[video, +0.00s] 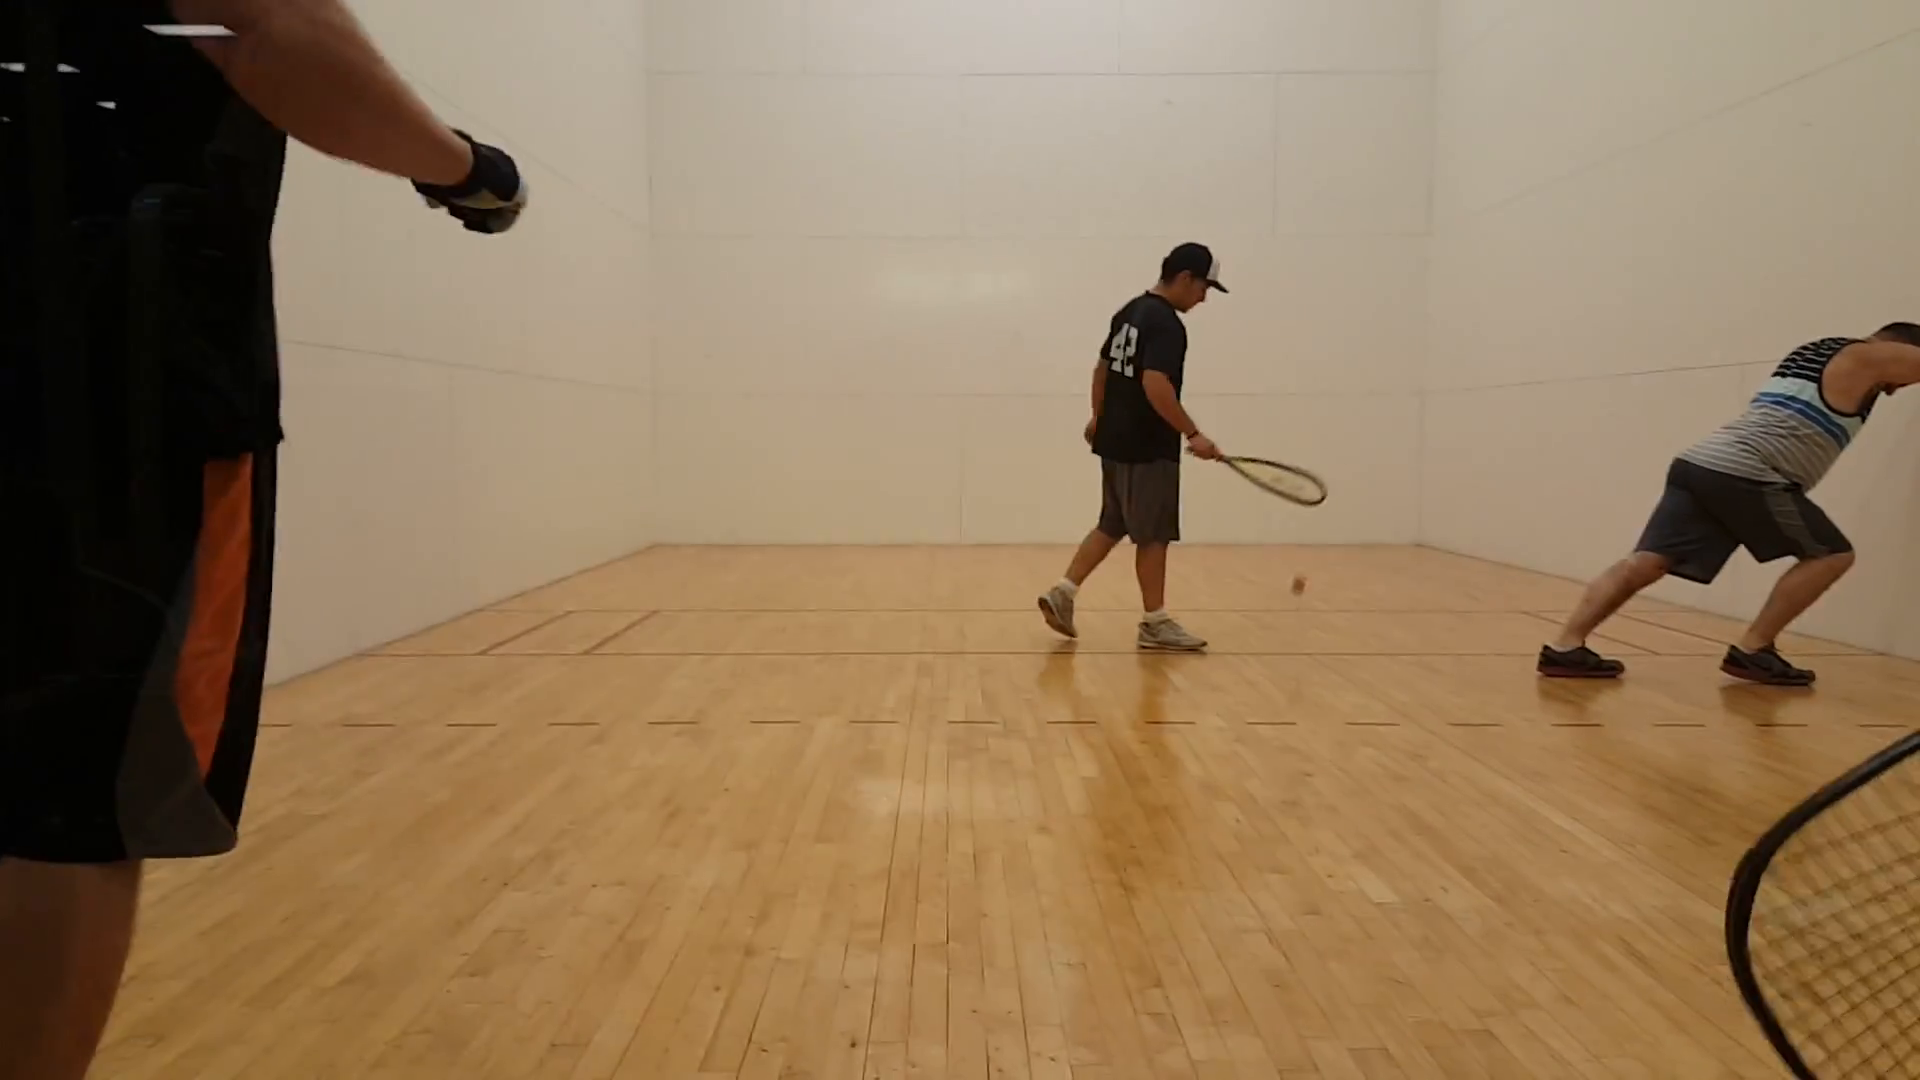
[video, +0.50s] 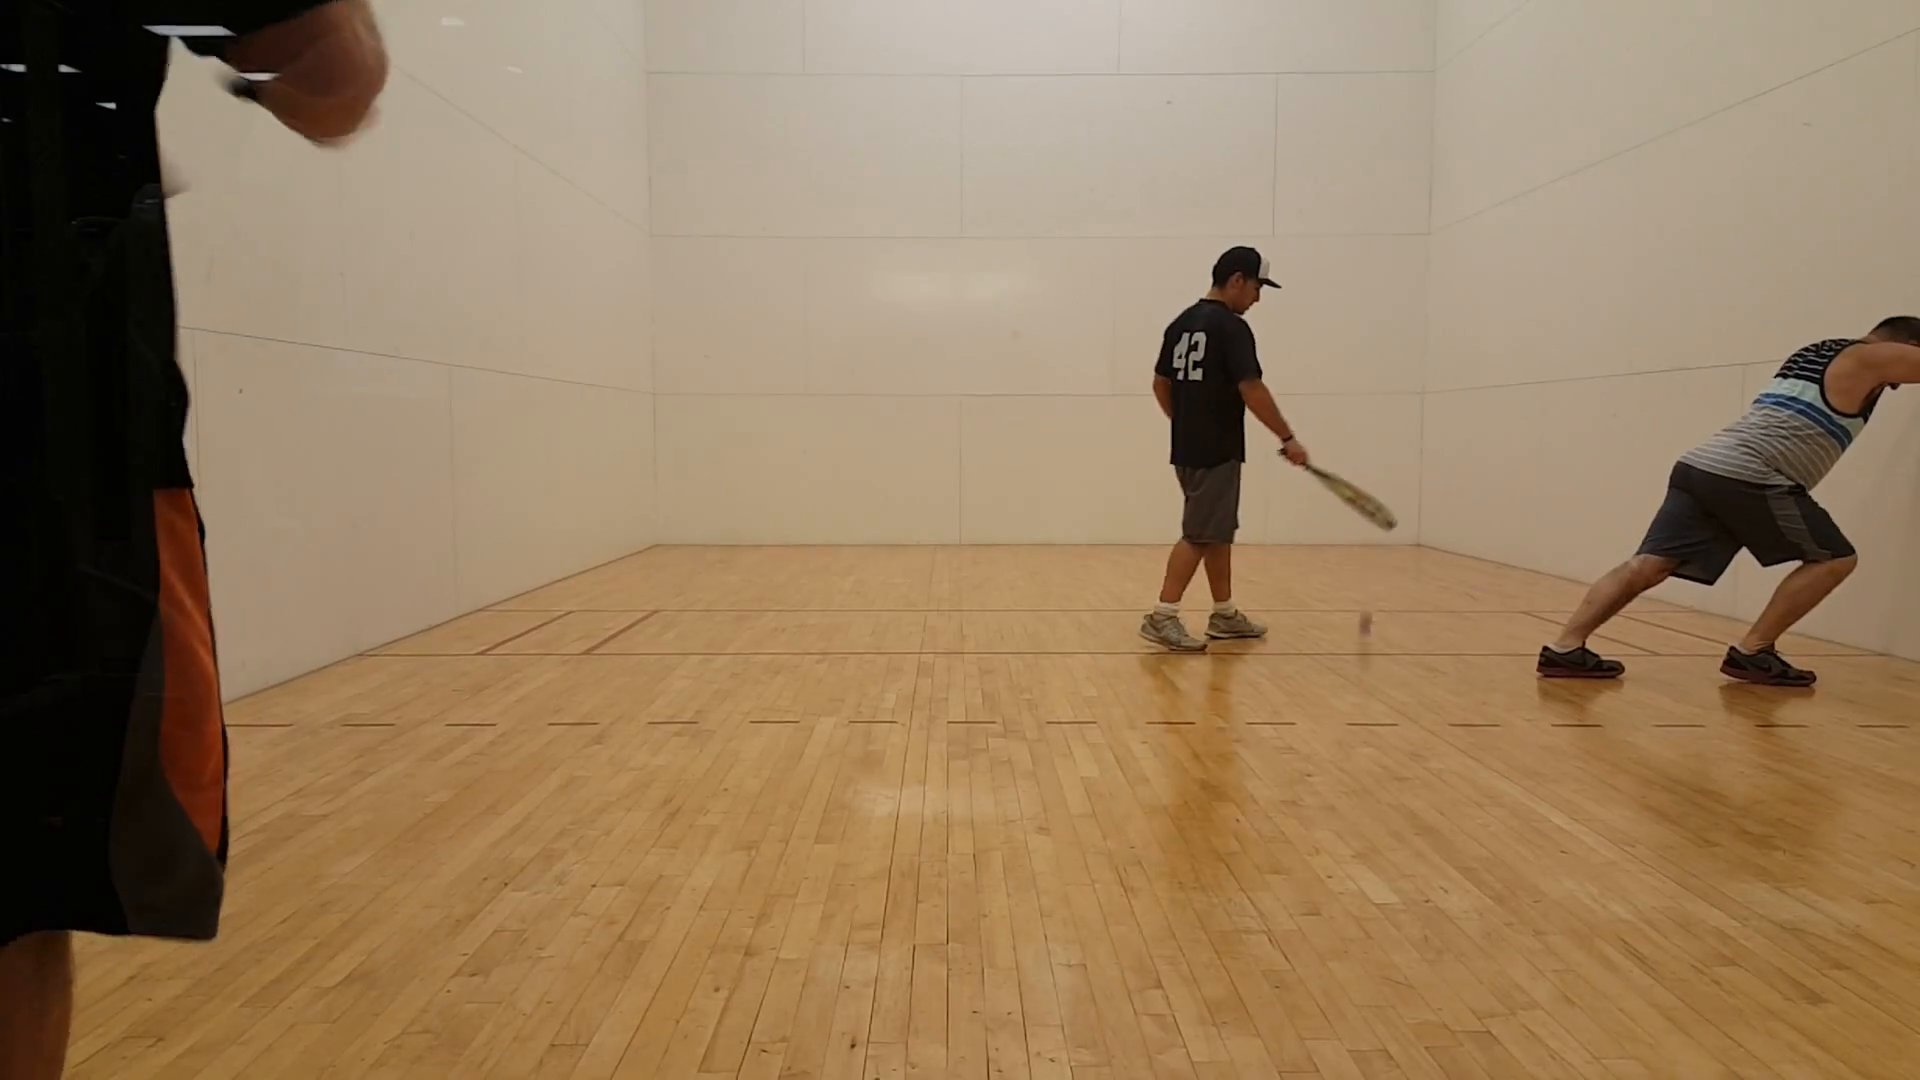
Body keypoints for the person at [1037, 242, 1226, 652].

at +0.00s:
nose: (1203, 297)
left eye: (1206, 289)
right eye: (1202, 287)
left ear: (1175, 278)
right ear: (1184, 279)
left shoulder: (1131, 310)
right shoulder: (1167, 324)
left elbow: (1102, 368)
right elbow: (1156, 384)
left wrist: (1098, 415)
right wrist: (1193, 433)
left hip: (1115, 442)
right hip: (1149, 448)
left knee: (1112, 522)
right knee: (1153, 533)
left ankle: (1064, 592)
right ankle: (1156, 620)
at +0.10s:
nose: (1217, 296)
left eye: (1220, 288)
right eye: (1217, 286)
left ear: (1186, 276)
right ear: (1198, 277)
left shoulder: (1139, 309)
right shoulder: (1183, 324)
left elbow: (1109, 367)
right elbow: (1189, 388)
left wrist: (1102, 416)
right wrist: (1240, 420)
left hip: (1126, 440)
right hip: (1158, 449)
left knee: (1136, 522)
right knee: (1158, 534)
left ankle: (1092, 588)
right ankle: (1156, 622)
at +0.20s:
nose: (1228, 294)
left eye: (1231, 287)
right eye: (1228, 285)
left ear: (1197, 275)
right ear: (1210, 276)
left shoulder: (1149, 310)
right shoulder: (1200, 325)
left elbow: (1119, 365)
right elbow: (1228, 383)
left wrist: (1118, 417)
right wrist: (1284, 402)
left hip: (1139, 440)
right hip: (1170, 446)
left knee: (1157, 526)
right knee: (1165, 532)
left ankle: (1136, 599)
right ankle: (1156, 621)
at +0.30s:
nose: (1239, 293)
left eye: (1242, 285)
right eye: (1238, 283)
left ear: (1209, 277)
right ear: (1219, 277)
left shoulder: (1160, 312)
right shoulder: (1216, 324)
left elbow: (1130, 371)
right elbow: (1253, 378)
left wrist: (1139, 419)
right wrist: (1306, 398)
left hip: (1153, 441)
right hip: (1182, 446)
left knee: (1180, 529)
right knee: (1168, 534)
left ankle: (1188, 608)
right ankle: (1156, 622)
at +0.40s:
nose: (1248, 296)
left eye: (1250, 287)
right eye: (1246, 286)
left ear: (1216, 279)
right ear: (1226, 279)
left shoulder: (1170, 317)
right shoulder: (1227, 326)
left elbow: (1144, 378)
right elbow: (1260, 383)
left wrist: (1163, 421)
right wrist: (1305, 416)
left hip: (1170, 443)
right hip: (1199, 448)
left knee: (1201, 530)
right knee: (1180, 532)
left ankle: (1217, 611)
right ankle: (1157, 620)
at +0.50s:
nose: (1257, 297)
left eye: (1259, 289)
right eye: (1256, 288)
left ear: (1227, 280)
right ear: (1236, 280)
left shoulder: (1182, 321)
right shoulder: (1233, 328)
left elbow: (1162, 383)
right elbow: (1253, 391)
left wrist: (1187, 423)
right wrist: (1288, 437)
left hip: (1188, 448)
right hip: (1217, 451)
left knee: (1218, 531)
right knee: (1198, 533)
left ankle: (1224, 613)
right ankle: (1163, 616)